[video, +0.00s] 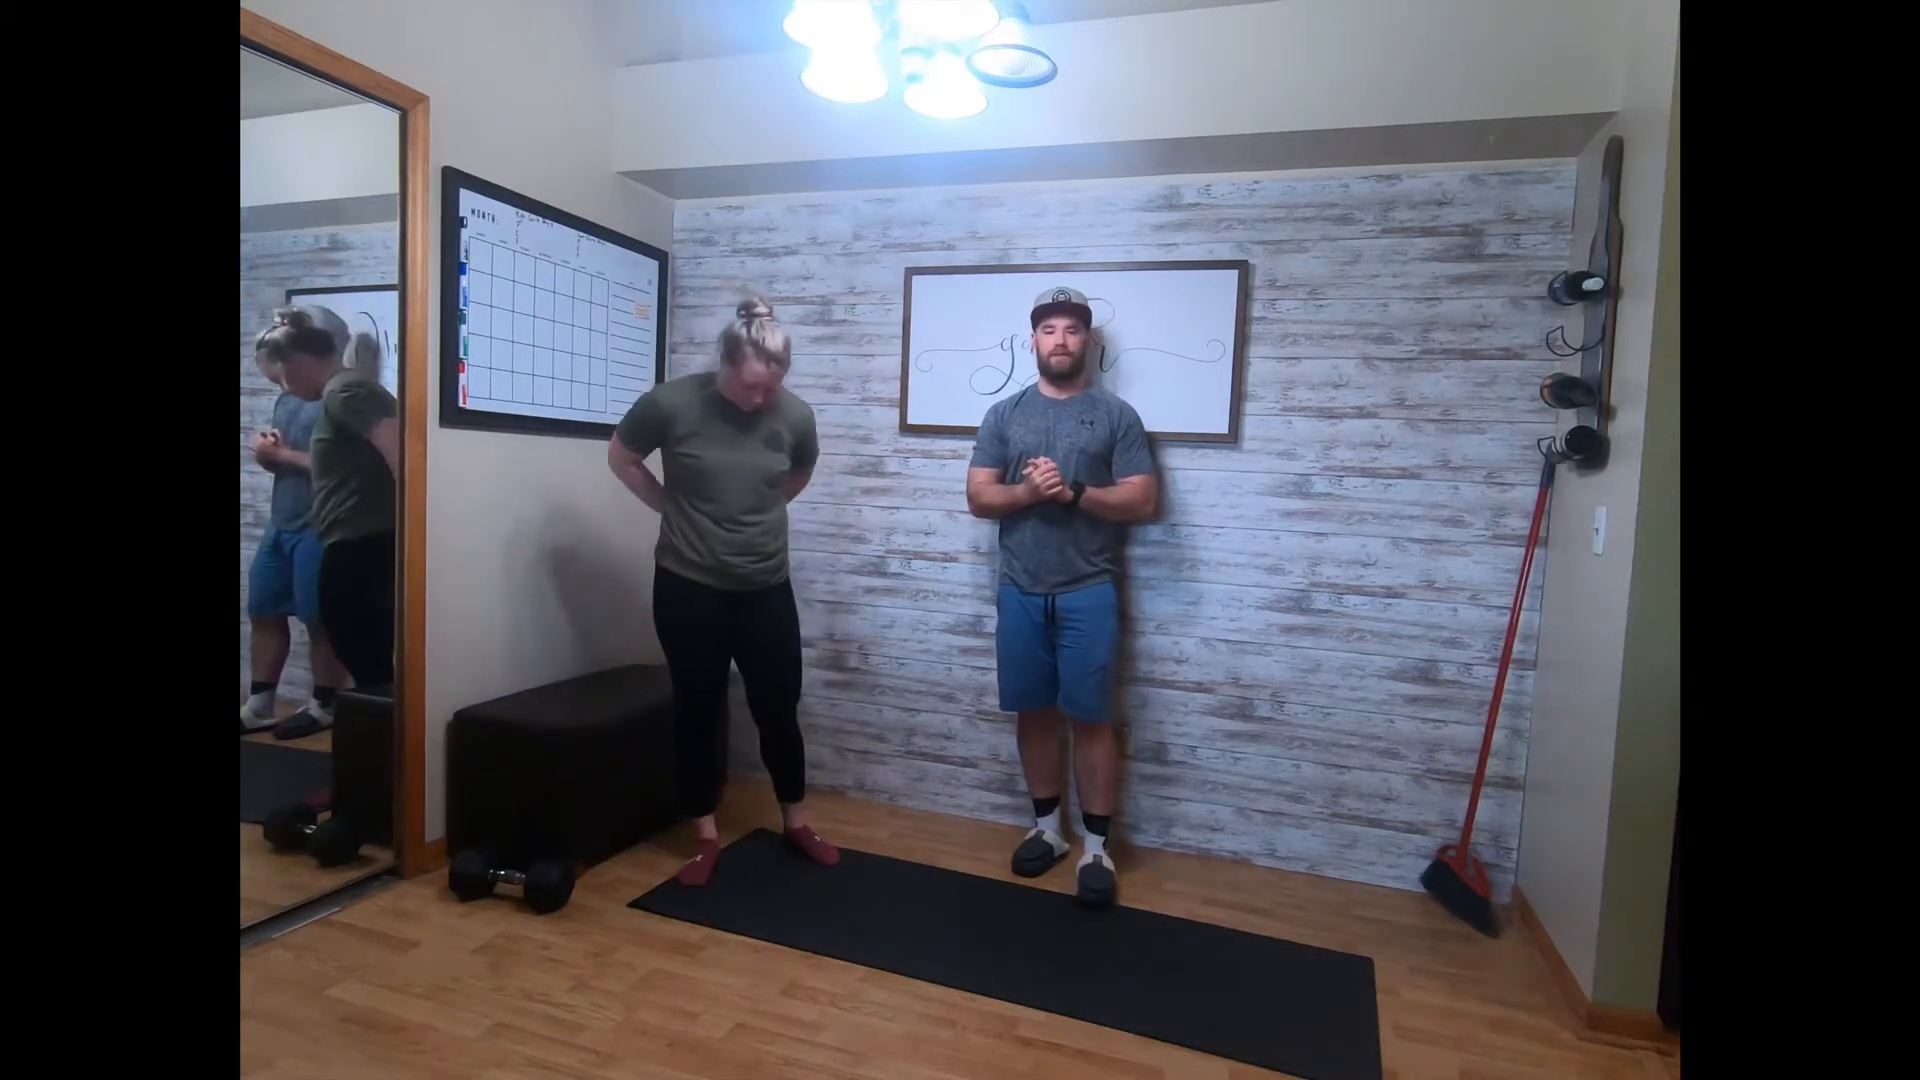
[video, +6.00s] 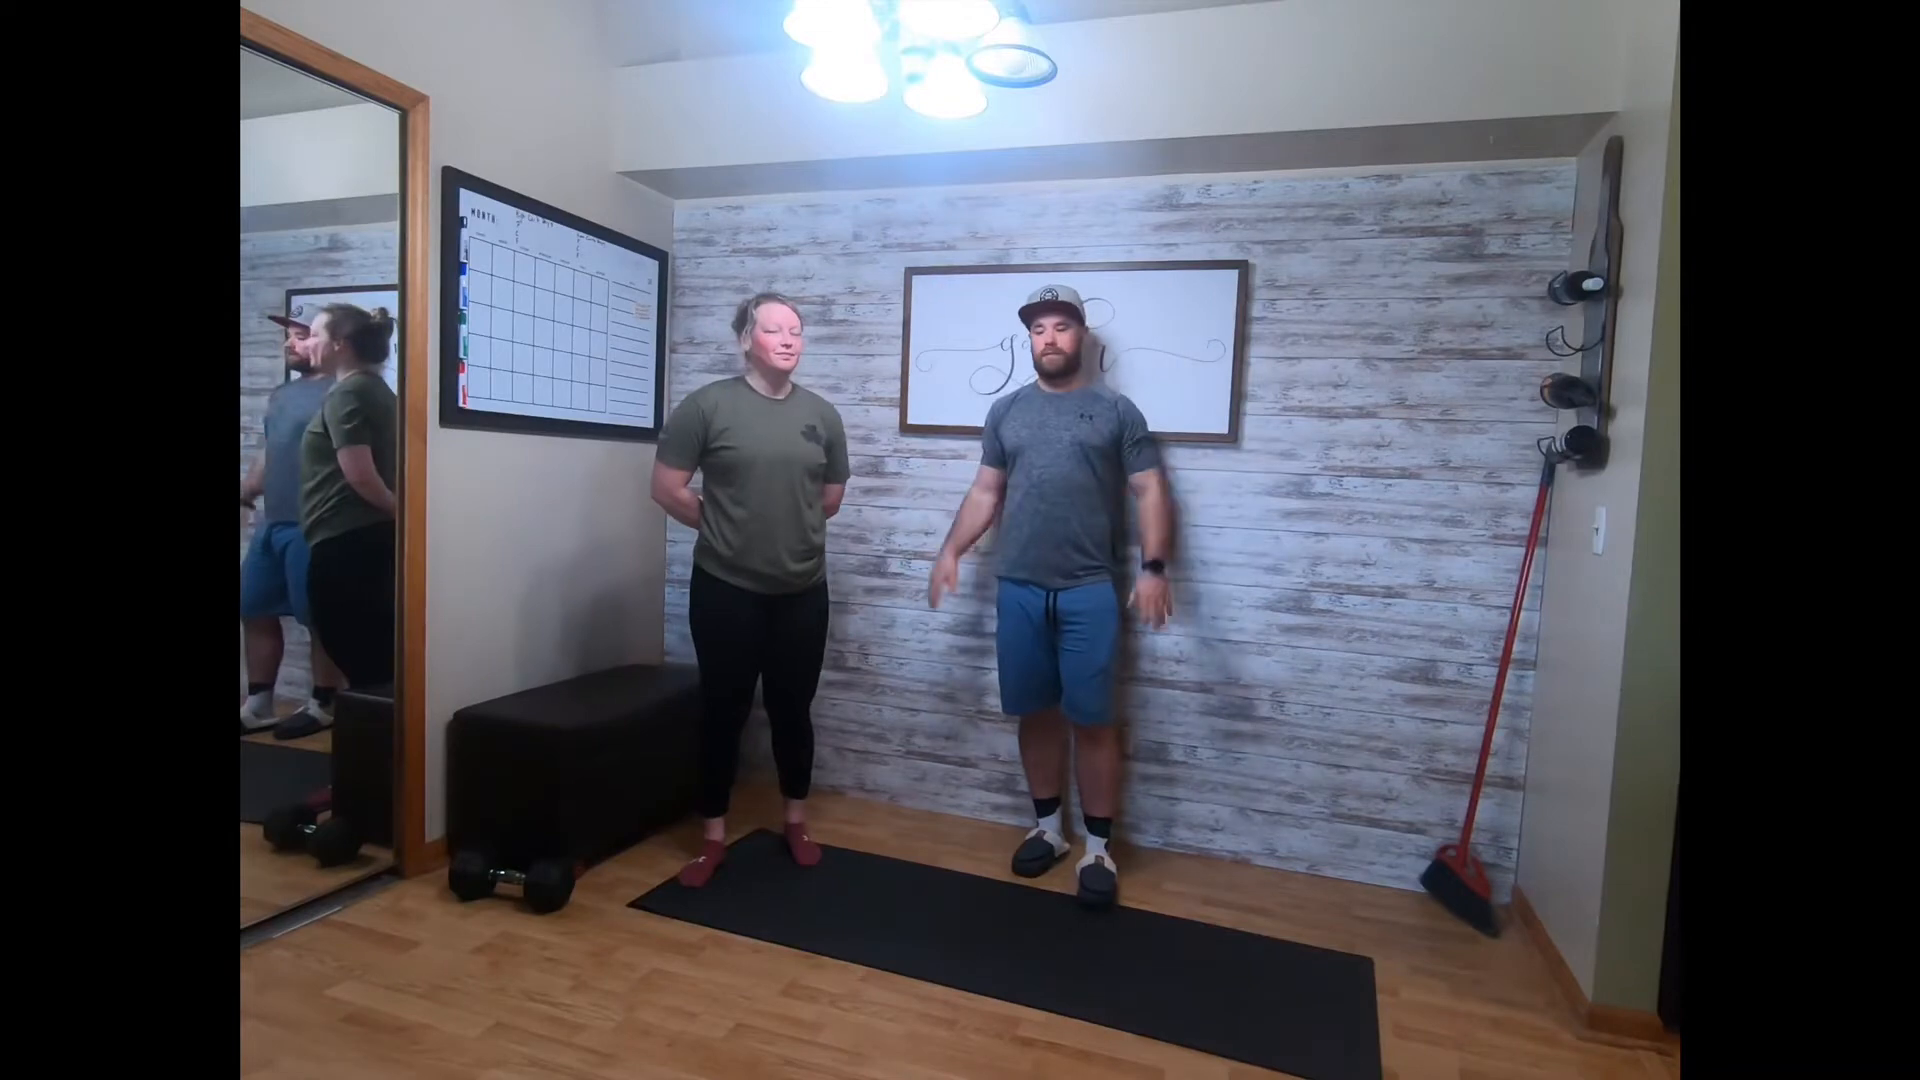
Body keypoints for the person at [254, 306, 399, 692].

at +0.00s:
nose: (287, 390)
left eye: (283, 378)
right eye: (280, 382)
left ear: (299, 359)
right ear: (312, 354)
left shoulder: (346, 391)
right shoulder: (342, 394)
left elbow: (401, 450)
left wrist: (417, 518)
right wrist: (284, 452)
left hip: (362, 547)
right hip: (356, 544)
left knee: (367, 661)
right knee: (368, 660)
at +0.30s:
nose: (286, 392)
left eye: (283, 380)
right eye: (280, 383)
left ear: (301, 361)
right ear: (319, 355)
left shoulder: (341, 396)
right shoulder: (369, 391)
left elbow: (377, 476)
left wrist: (426, 513)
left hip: (358, 548)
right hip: (376, 544)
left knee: (365, 660)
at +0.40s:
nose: (282, 397)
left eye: (277, 385)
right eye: (275, 389)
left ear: (294, 365)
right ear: (316, 355)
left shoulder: (336, 398)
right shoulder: (361, 393)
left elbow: (380, 477)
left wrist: (427, 516)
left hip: (362, 550)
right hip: (377, 547)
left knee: (369, 666)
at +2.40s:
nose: (306, 340)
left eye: (314, 332)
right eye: (308, 331)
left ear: (340, 341)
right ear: (343, 343)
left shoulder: (362, 395)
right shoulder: (347, 395)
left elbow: (390, 486)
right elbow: (384, 483)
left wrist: (428, 527)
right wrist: (428, 523)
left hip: (357, 548)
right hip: (343, 546)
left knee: (355, 660)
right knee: (352, 658)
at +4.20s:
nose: (326, 365)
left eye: (330, 354)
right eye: (324, 357)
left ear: (357, 351)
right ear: (358, 353)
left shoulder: (388, 400)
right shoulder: (360, 401)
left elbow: (414, 472)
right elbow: (355, 468)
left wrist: (411, 538)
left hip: (380, 544)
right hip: (356, 543)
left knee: (374, 647)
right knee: (363, 645)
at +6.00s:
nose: (308, 344)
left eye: (314, 335)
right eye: (310, 335)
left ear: (340, 343)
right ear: (349, 344)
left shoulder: (346, 395)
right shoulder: (379, 391)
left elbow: (361, 476)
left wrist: (404, 511)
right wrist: (406, 511)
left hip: (345, 542)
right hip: (372, 537)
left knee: (358, 659)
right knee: (374, 653)